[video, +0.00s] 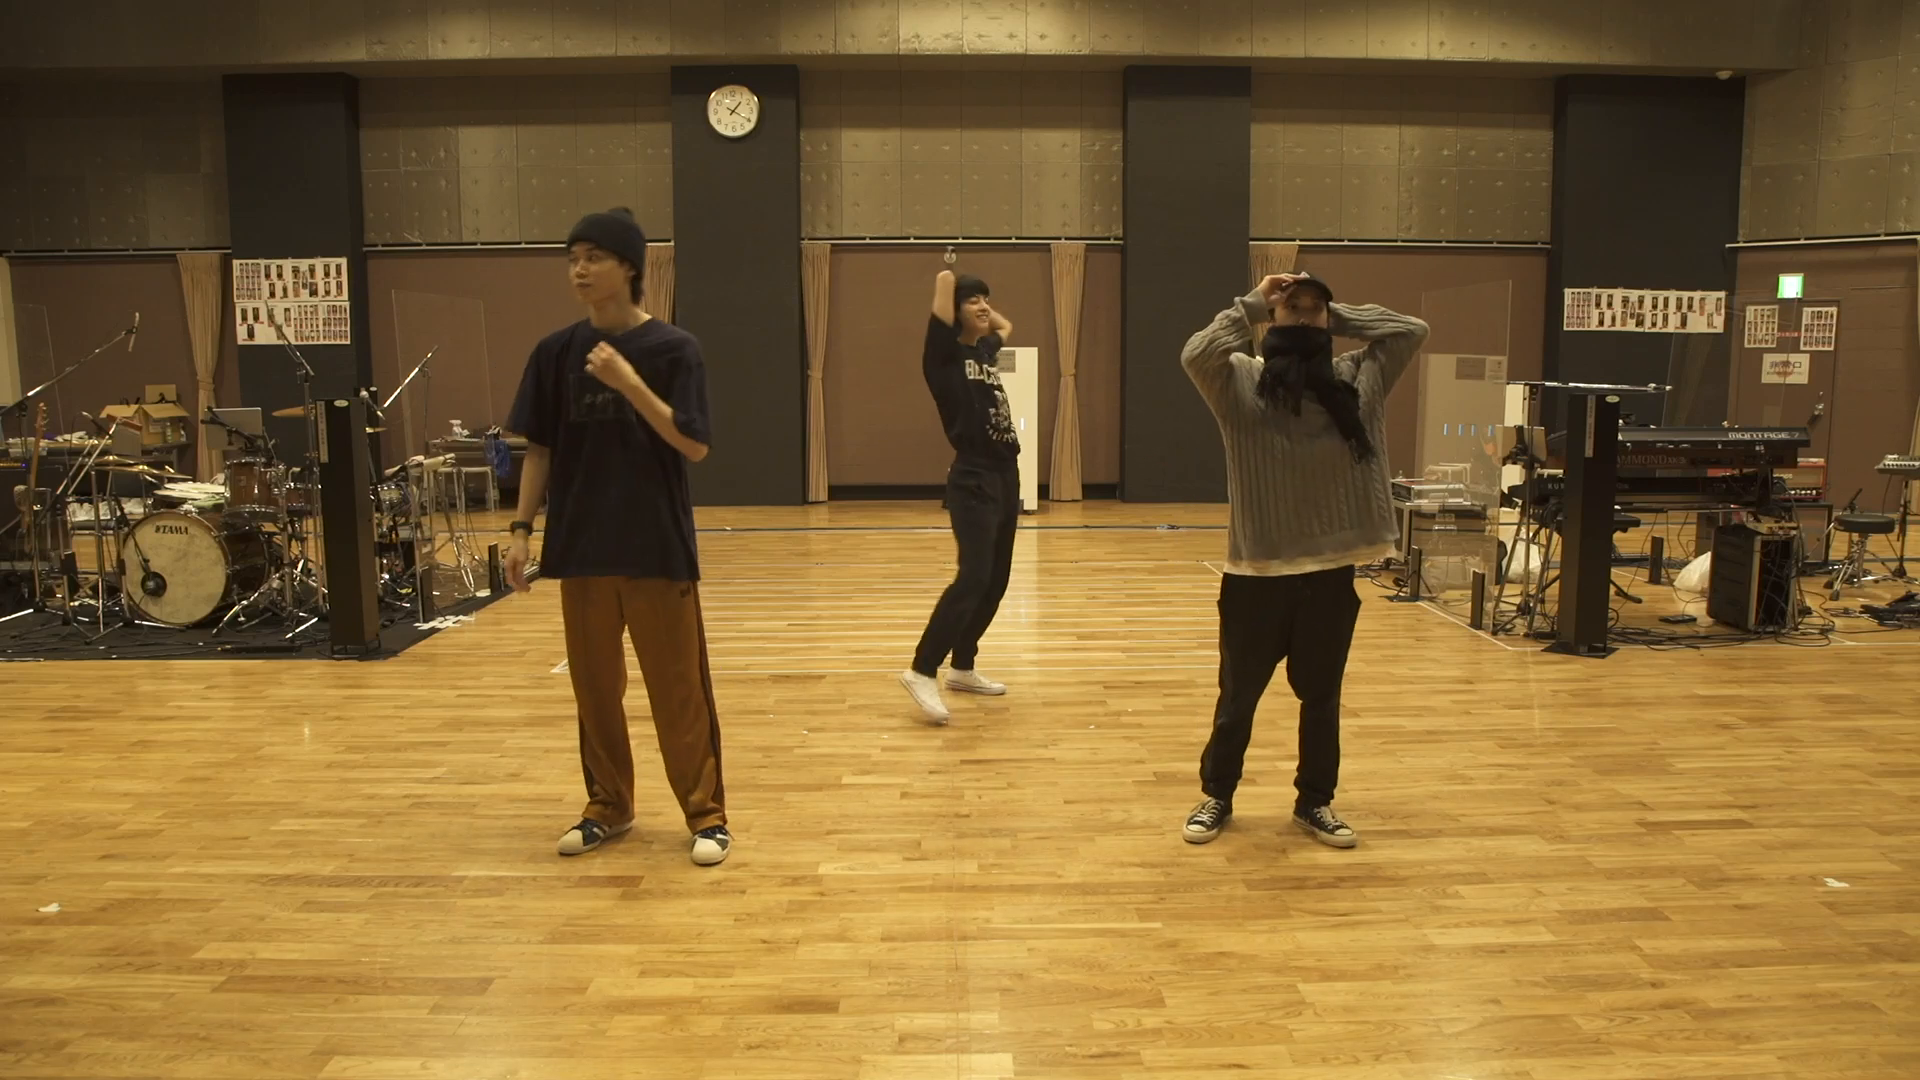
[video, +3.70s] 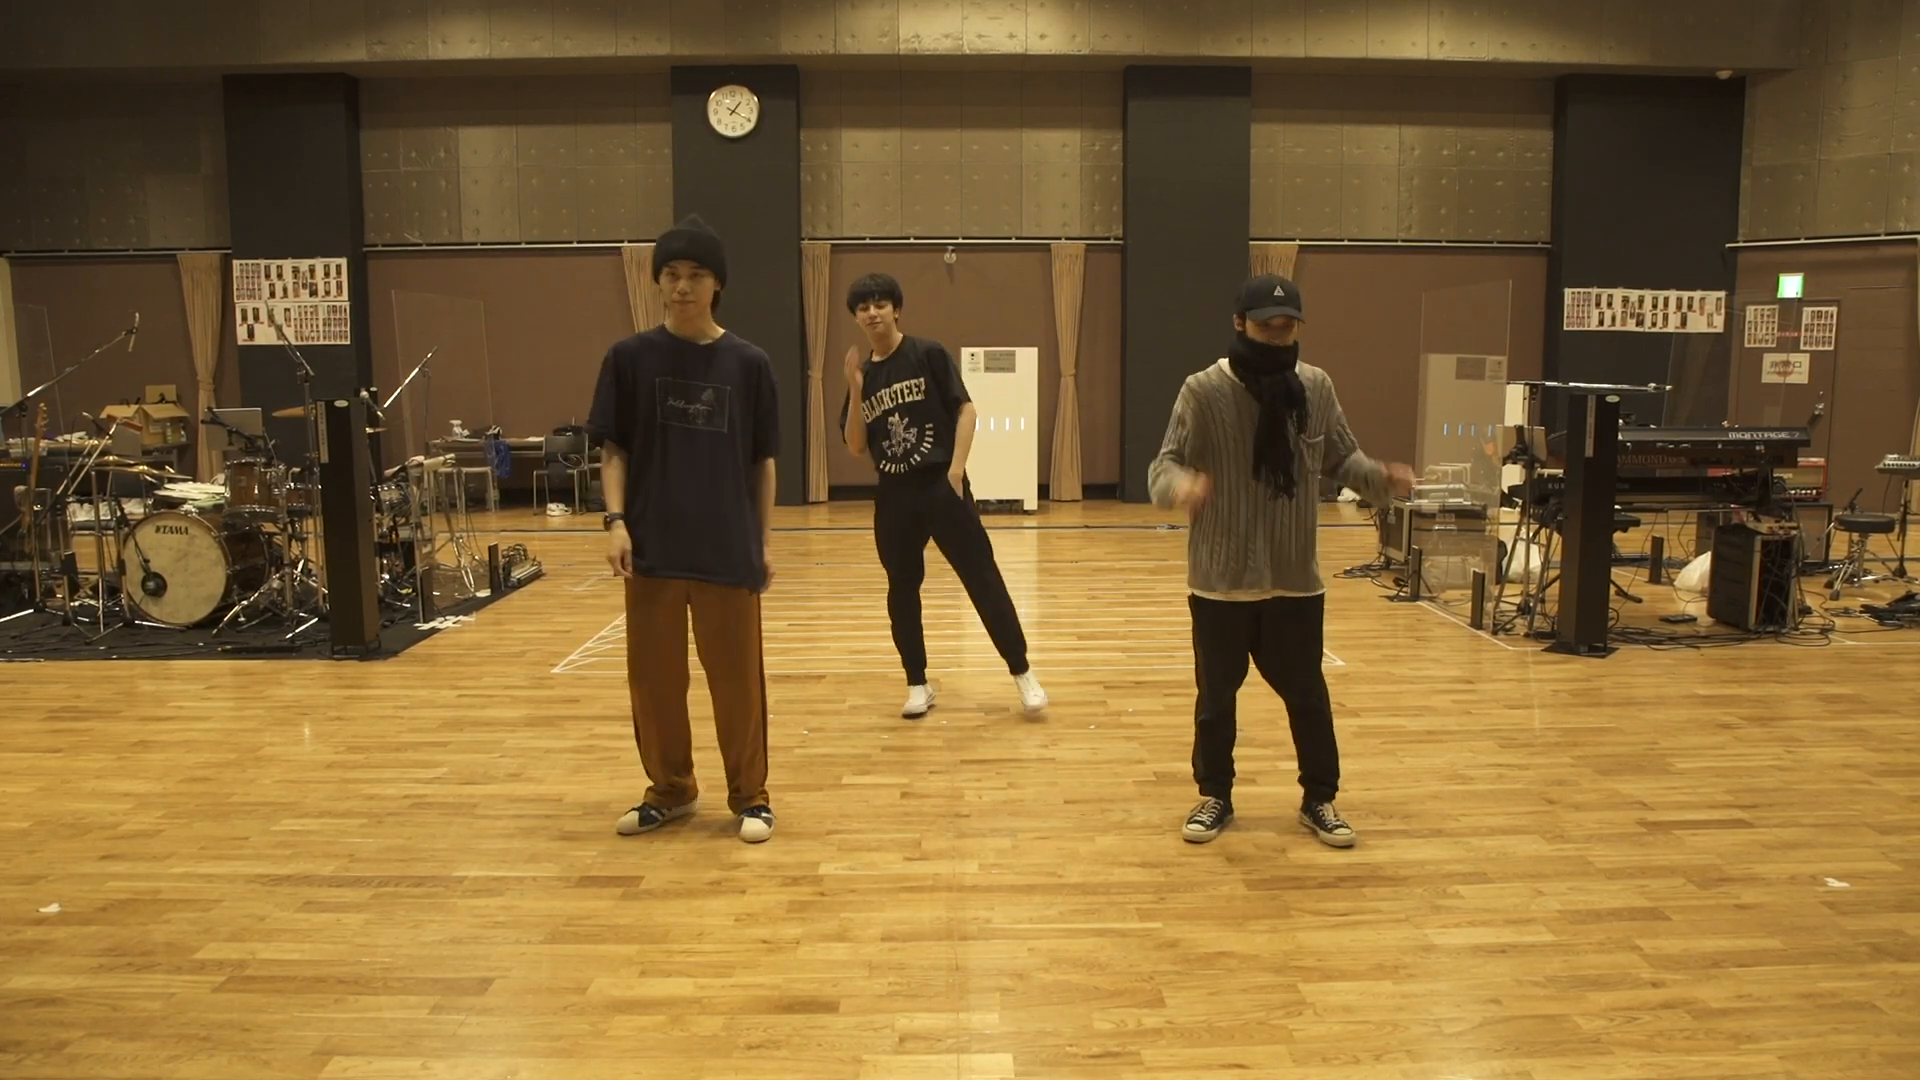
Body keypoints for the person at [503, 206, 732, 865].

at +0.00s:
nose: (580, 271)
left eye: (594, 259)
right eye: (575, 260)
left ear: (630, 267)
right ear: (570, 270)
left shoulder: (674, 350)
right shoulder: (555, 353)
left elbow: (694, 444)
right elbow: (538, 450)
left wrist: (631, 384)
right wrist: (522, 527)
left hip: (658, 550)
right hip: (578, 551)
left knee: (680, 690)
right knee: (595, 689)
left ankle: (706, 816)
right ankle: (607, 810)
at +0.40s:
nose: (671, 271)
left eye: (685, 260)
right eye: (661, 260)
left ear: (710, 273)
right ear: (647, 271)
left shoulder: (739, 359)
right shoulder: (611, 349)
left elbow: (750, 454)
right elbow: (574, 436)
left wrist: (708, 398)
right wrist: (593, 499)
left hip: (707, 549)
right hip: (628, 546)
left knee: (709, 689)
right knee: (613, 681)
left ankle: (709, 816)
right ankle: (607, 805)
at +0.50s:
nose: (685, 271)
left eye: (700, 261)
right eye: (675, 260)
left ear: (723, 273)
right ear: (661, 270)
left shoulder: (752, 360)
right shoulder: (624, 347)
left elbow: (773, 452)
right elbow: (584, 432)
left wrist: (725, 404)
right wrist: (604, 422)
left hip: (719, 550)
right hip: (637, 548)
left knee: (715, 689)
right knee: (621, 685)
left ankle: (711, 818)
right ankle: (615, 813)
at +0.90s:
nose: (701, 274)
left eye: (717, 266)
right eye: (694, 263)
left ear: (744, 279)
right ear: (682, 272)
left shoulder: (768, 364)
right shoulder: (647, 343)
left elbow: (780, 461)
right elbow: (619, 426)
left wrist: (734, 498)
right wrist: (608, 356)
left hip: (725, 551)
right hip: (648, 542)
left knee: (718, 686)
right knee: (629, 675)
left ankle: (711, 821)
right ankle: (616, 824)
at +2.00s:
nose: (625, 281)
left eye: (635, 271)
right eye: (625, 270)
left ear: (672, 279)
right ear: (652, 279)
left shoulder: (722, 359)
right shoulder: (622, 353)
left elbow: (742, 454)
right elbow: (611, 441)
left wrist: (676, 464)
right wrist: (571, 425)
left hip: (686, 553)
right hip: (621, 549)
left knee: (687, 685)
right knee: (623, 677)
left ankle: (710, 817)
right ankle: (661, 790)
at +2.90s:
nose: (602, 287)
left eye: (617, 276)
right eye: (595, 275)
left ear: (647, 282)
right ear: (586, 281)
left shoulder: (687, 354)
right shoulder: (572, 363)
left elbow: (740, 426)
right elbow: (566, 448)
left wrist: (695, 472)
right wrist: (580, 511)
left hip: (675, 544)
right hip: (609, 548)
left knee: (684, 675)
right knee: (633, 675)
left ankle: (694, 818)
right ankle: (665, 793)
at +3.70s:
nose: (680, 287)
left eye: (693, 276)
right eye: (670, 275)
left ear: (717, 284)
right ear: (658, 283)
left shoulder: (748, 363)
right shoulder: (629, 358)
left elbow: (763, 461)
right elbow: (612, 450)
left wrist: (763, 541)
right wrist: (616, 522)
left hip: (728, 547)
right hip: (653, 548)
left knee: (738, 678)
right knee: (654, 678)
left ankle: (751, 798)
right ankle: (669, 791)